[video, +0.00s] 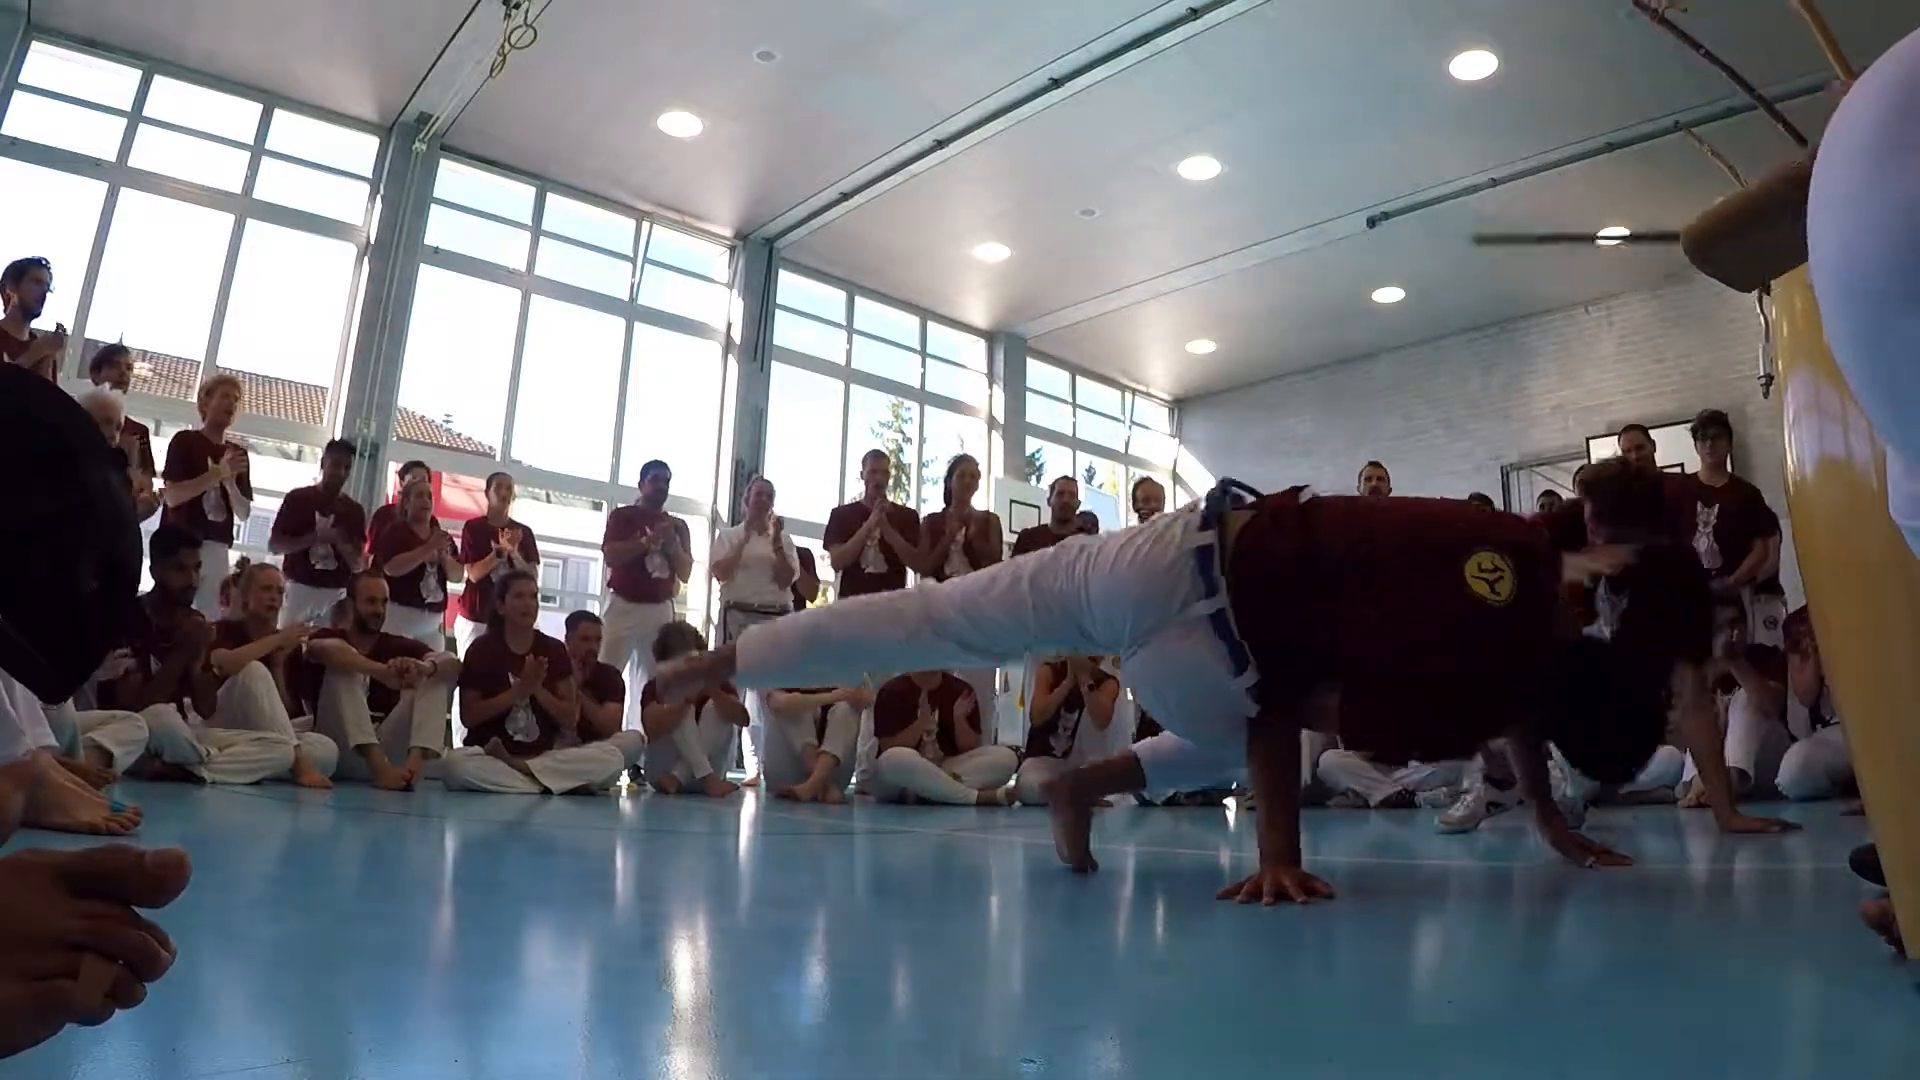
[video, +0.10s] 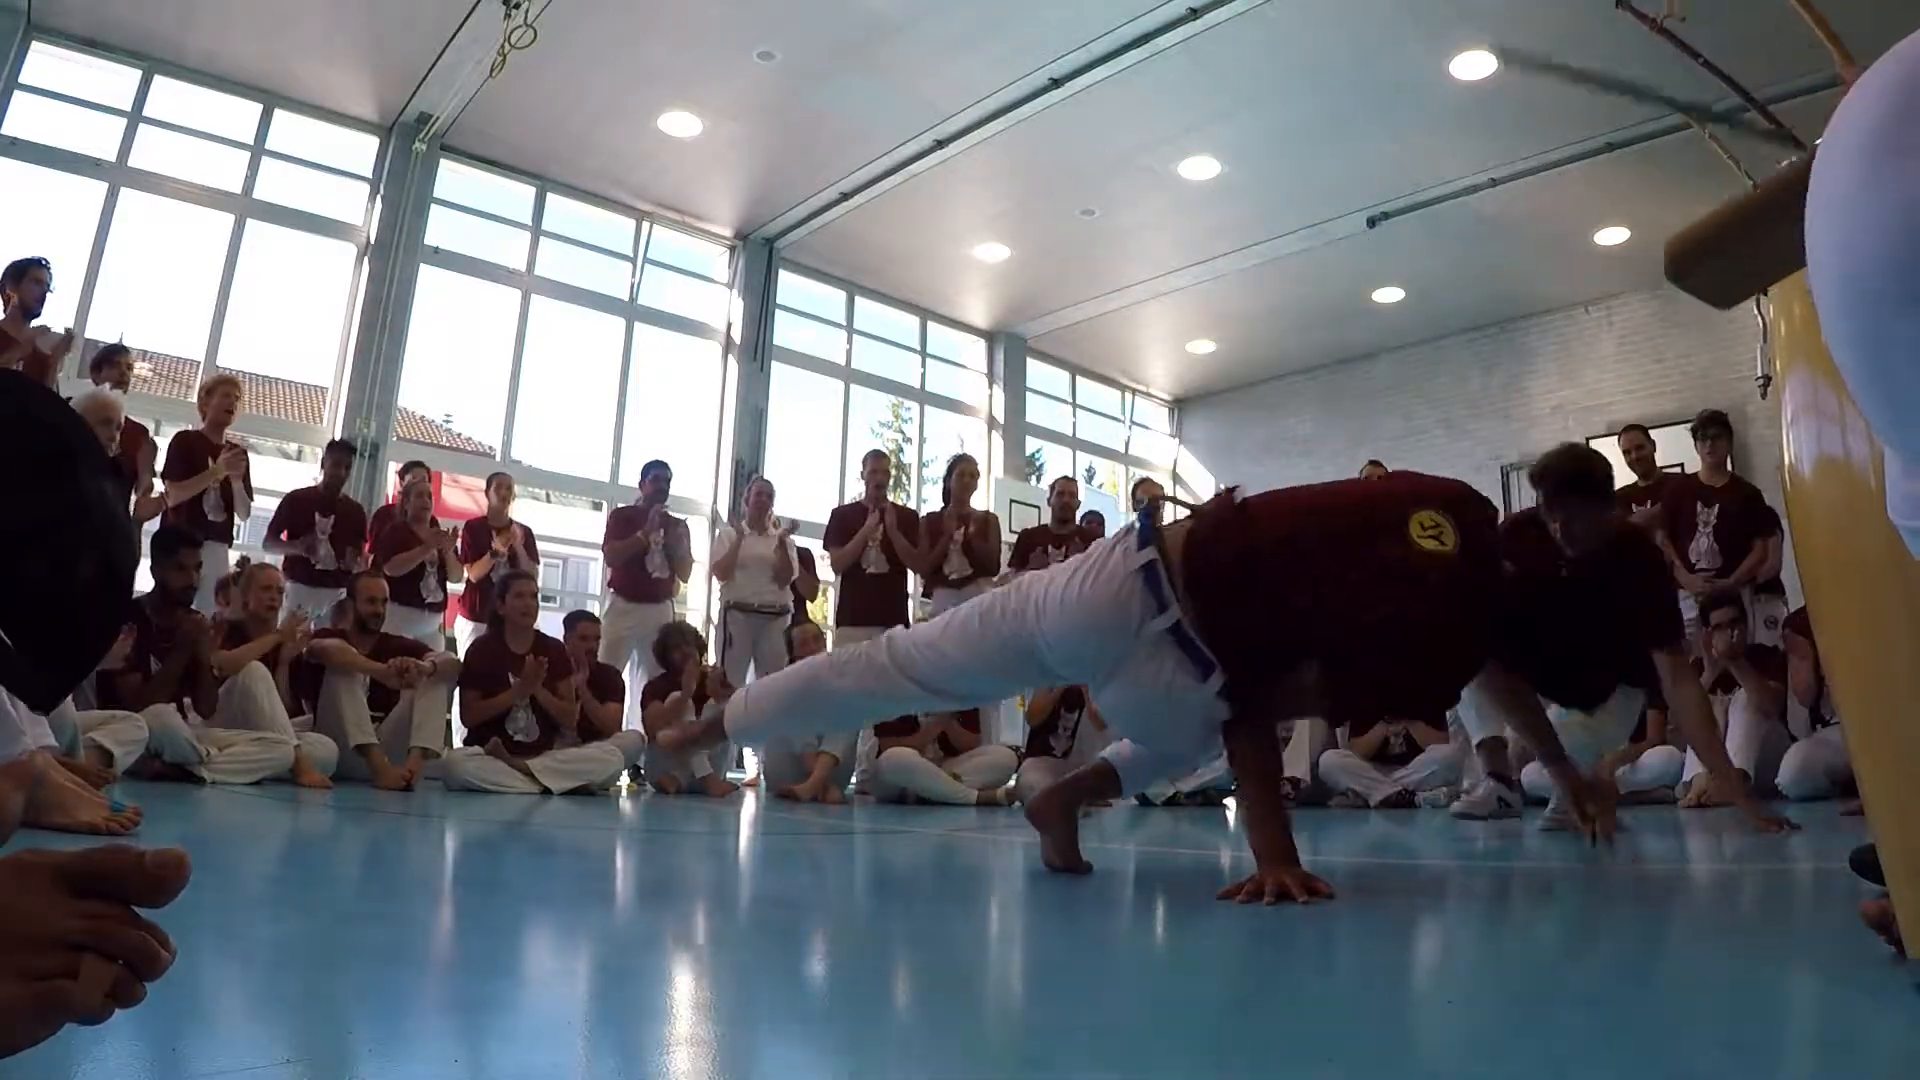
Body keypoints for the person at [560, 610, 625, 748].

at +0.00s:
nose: (593, 647)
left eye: (598, 640)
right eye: (585, 639)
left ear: (601, 642)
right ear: (568, 640)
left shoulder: (611, 675)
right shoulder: (552, 672)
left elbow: (609, 728)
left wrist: (575, 691)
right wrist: (572, 684)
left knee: (634, 739)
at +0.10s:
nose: (592, 646)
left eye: (597, 639)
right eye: (584, 639)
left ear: (600, 640)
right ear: (566, 640)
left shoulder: (610, 675)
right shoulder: (552, 674)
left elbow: (611, 728)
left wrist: (583, 691)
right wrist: (571, 688)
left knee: (635, 739)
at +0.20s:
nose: (592, 646)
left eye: (596, 639)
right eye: (584, 638)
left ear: (600, 640)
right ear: (566, 640)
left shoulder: (610, 675)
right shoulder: (550, 674)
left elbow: (610, 728)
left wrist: (580, 694)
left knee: (634, 738)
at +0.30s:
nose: (592, 645)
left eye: (596, 639)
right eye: (584, 638)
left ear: (600, 640)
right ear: (566, 640)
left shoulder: (609, 675)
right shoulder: (550, 673)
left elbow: (608, 727)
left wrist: (570, 695)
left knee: (634, 738)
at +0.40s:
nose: (591, 645)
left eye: (595, 638)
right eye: (583, 638)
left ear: (599, 639)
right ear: (565, 640)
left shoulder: (609, 674)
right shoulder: (550, 674)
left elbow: (610, 728)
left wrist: (578, 690)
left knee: (634, 738)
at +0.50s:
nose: (591, 644)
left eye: (594, 638)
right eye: (582, 638)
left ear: (598, 639)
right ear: (564, 640)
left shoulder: (609, 675)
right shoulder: (550, 675)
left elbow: (611, 728)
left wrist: (584, 691)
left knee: (634, 738)